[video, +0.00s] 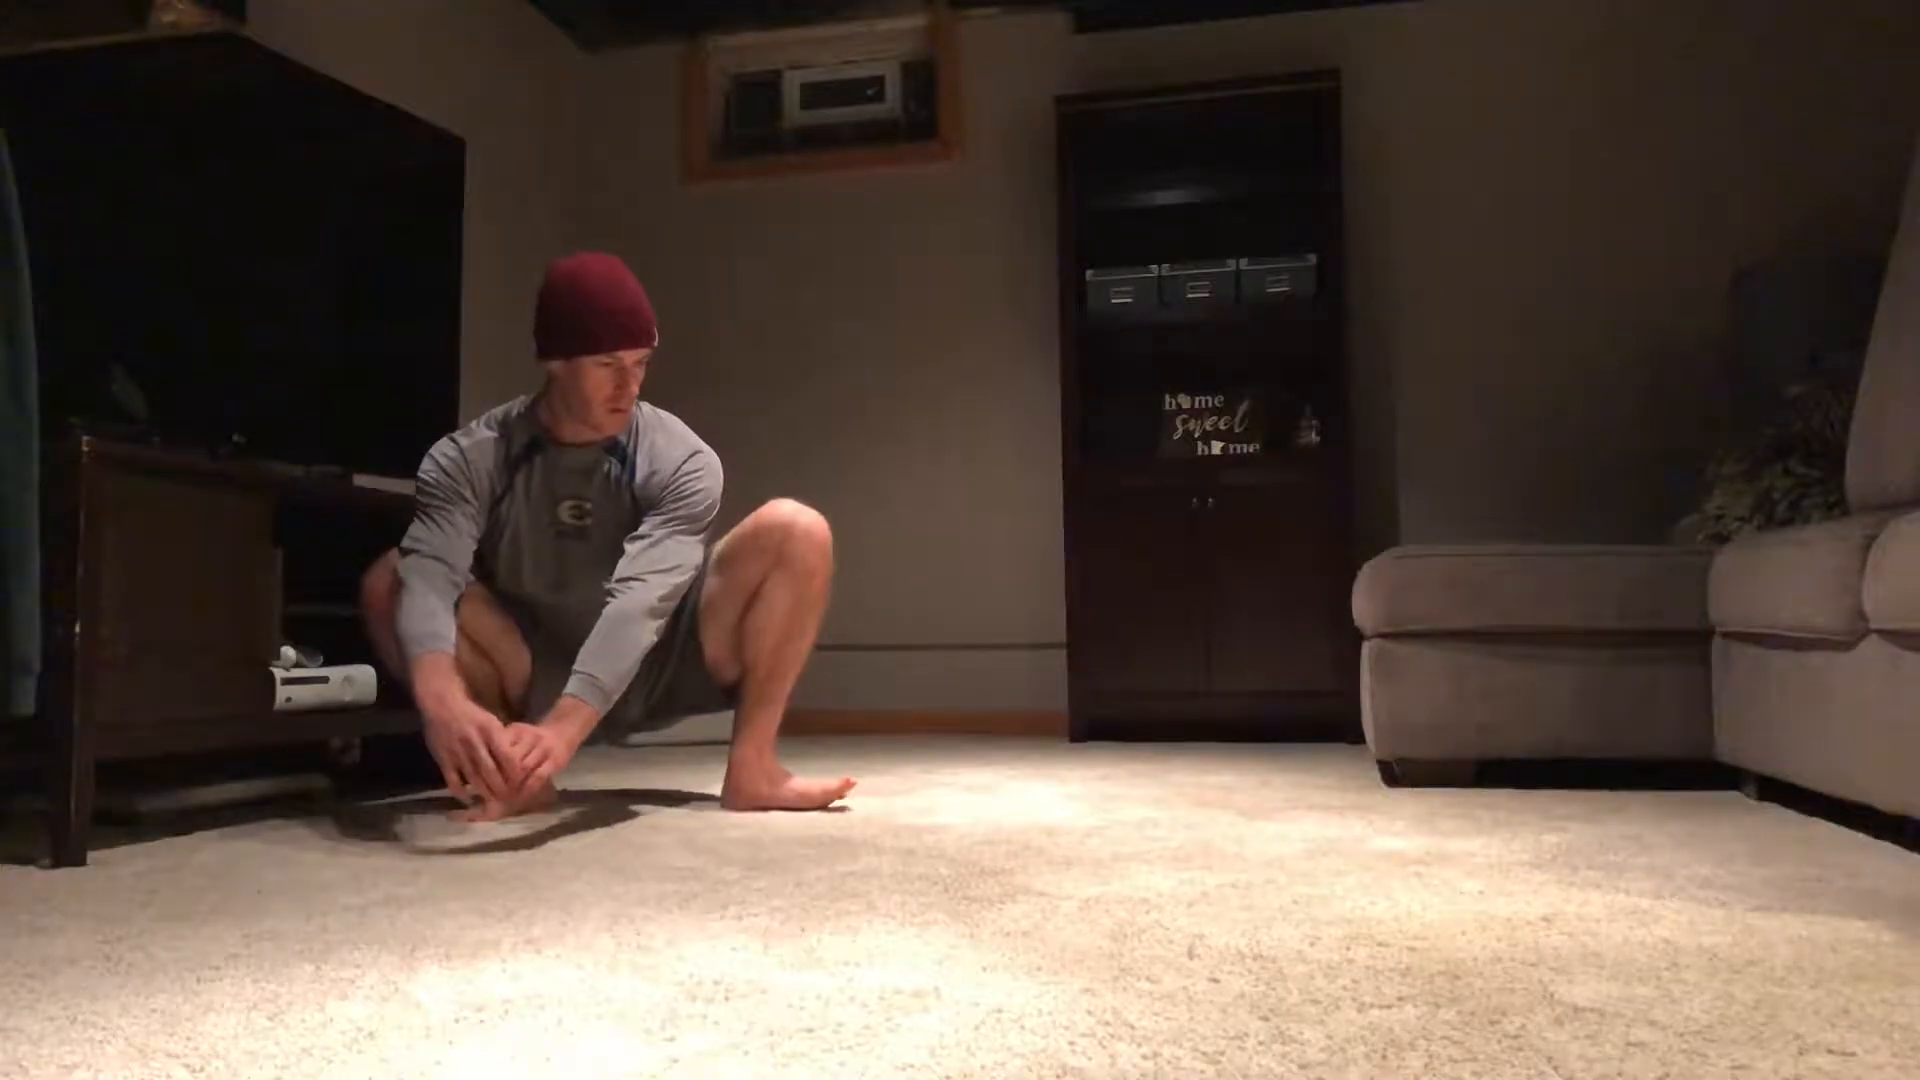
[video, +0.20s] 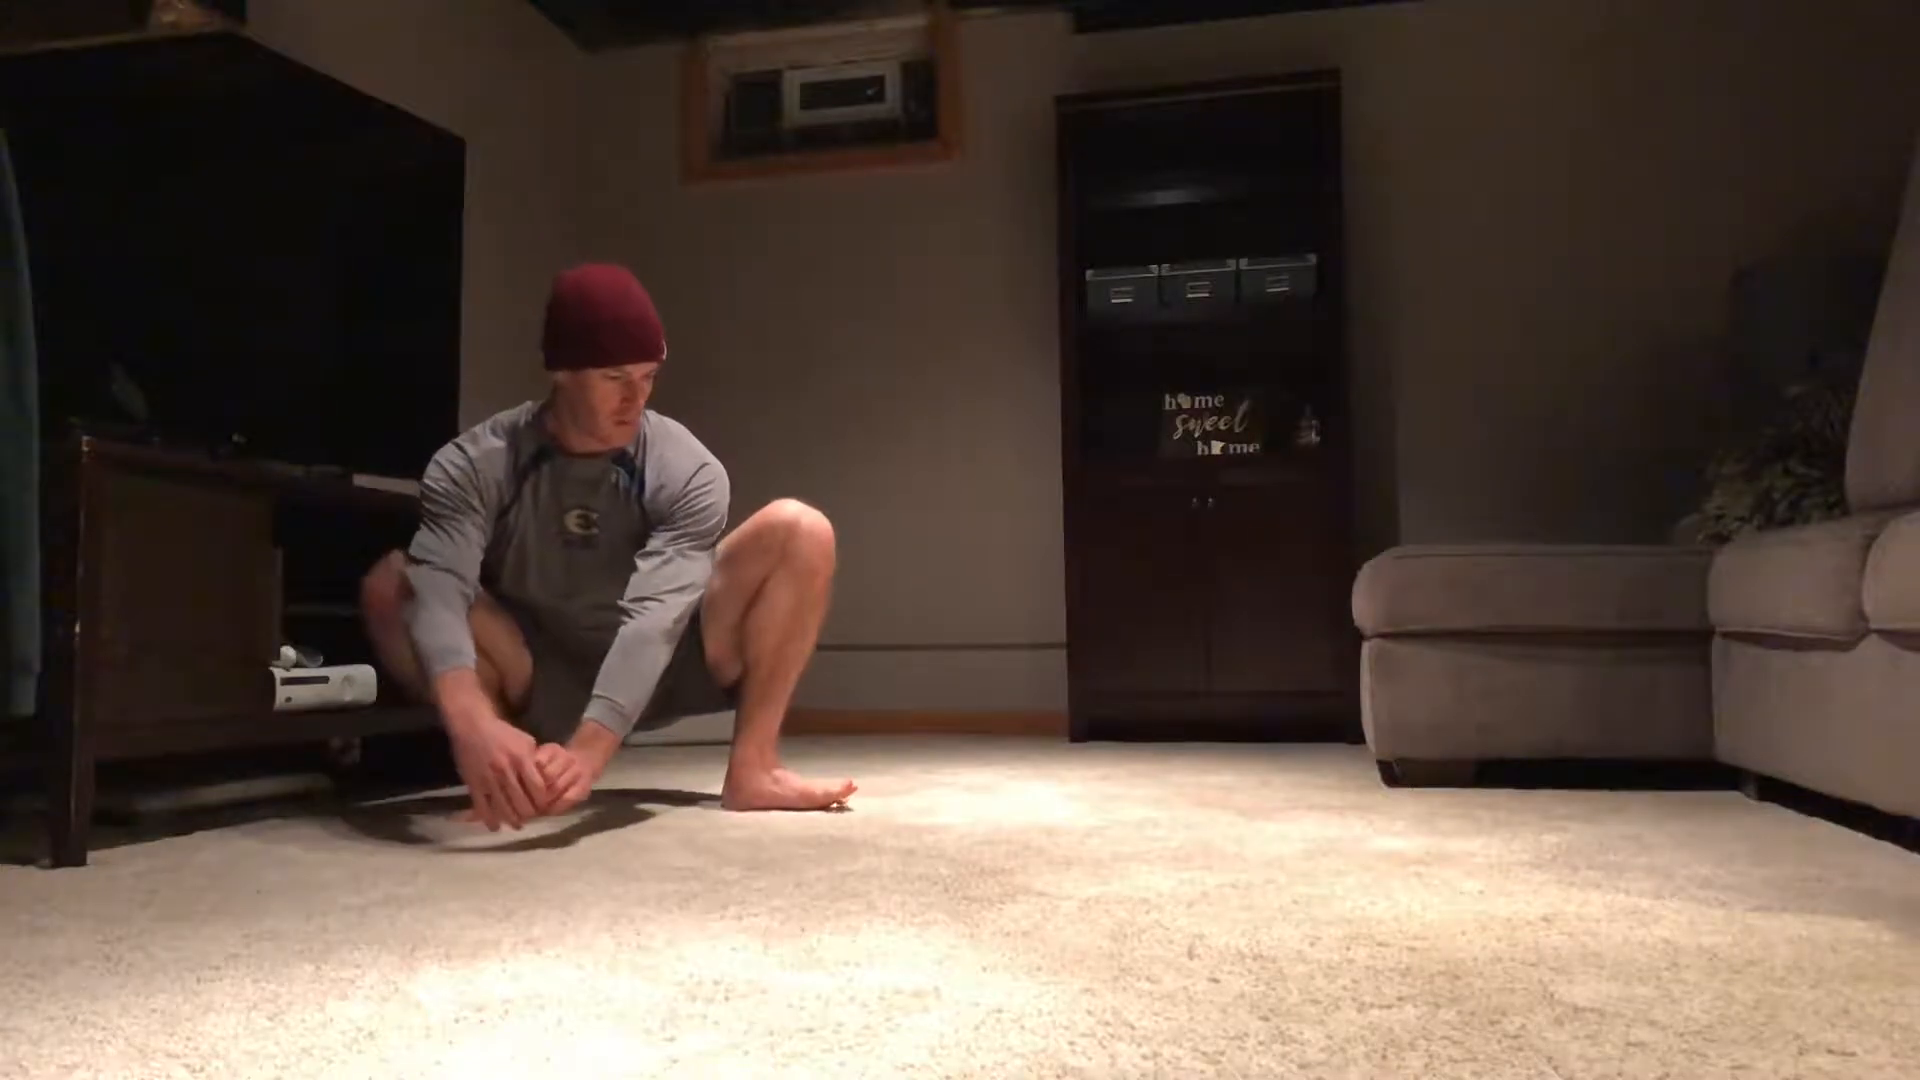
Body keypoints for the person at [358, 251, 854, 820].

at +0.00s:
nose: (629, 387)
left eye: (639, 367)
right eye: (608, 368)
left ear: (650, 362)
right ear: (554, 362)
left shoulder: (682, 465)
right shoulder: (466, 461)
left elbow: (639, 607)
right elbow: (429, 578)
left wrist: (560, 732)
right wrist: (439, 699)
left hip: (649, 668)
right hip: (533, 672)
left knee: (797, 532)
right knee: (390, 584)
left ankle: (754, 770)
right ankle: (511, 772)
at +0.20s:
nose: (634, 398)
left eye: (646, 378)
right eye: (614, 379)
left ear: (658, 374)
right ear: (560, 372)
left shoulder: (689, 476)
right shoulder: (472, 466)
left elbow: (654, 618)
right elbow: (440, 596)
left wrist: (587, 750)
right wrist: (476, 729)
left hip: (659, 669)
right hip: (541, 671)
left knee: (800, 531)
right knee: (390, 586)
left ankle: (753, 770)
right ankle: (510, 766)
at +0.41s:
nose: (650, 410)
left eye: (664, 390)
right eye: (630, 391)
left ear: (676, 383)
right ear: (578, 384)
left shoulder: (702, 484)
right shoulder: (487, 471)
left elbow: (687, 625)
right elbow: (473, 608)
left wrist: (647, 745)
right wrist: (537, 743)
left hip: (659, 676)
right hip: (549, 678)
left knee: (805, 531)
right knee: (399, 583)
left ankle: (755, 768)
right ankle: (530, 772)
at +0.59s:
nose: (669, 422)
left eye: (681, 401)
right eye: (648, 401)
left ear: (693, 394)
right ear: (596, 395)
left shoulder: (717, 489)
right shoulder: (506, 477)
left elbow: (729, 626)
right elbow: (526, 624)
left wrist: (722, 748)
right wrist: (626, 750)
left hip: (670, 672)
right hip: (555, 675)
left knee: (816, 534)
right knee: (409, 588)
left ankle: (751, 763)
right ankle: (524, 773)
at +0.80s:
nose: (699, 438)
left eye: (711, 417)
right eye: (680, 417)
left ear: (723, 408)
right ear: (625, 406)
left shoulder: (741, 492)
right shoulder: (537, 486)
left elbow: (788, 627)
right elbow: (595, 643)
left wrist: (818, 746)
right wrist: (712, 759)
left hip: (688, 666)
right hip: (571, 670)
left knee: (831, 536)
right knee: (422, 591)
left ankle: (775, 748)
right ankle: (527, 773)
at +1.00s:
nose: (743, 456)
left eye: (754, 438)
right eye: (725, 439)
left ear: (762, 429)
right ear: (669, 426)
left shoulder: (765, 493)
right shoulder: (575, 495)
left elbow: (838, 626)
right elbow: (644, 656)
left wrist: (911, 763)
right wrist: (768, 764)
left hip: (698, 646)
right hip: (582, 649)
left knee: (849, 540)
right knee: (428, 600)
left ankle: (758, 775)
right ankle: (525, 773)